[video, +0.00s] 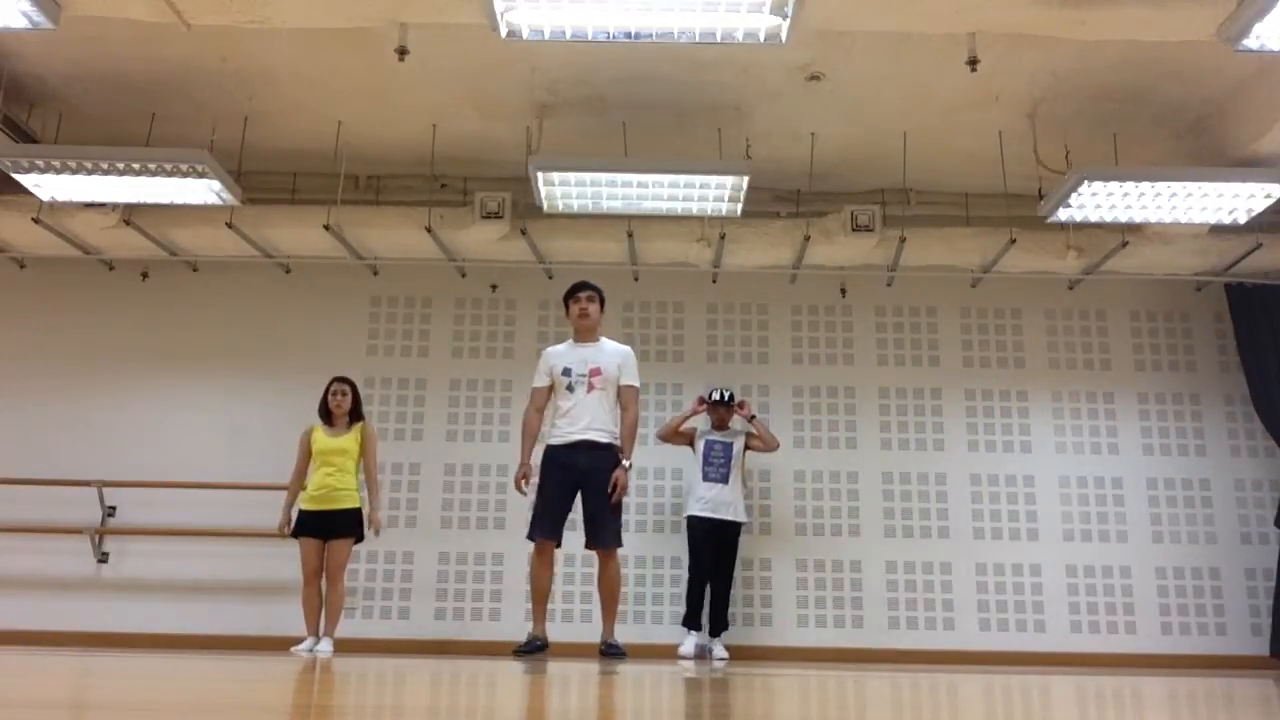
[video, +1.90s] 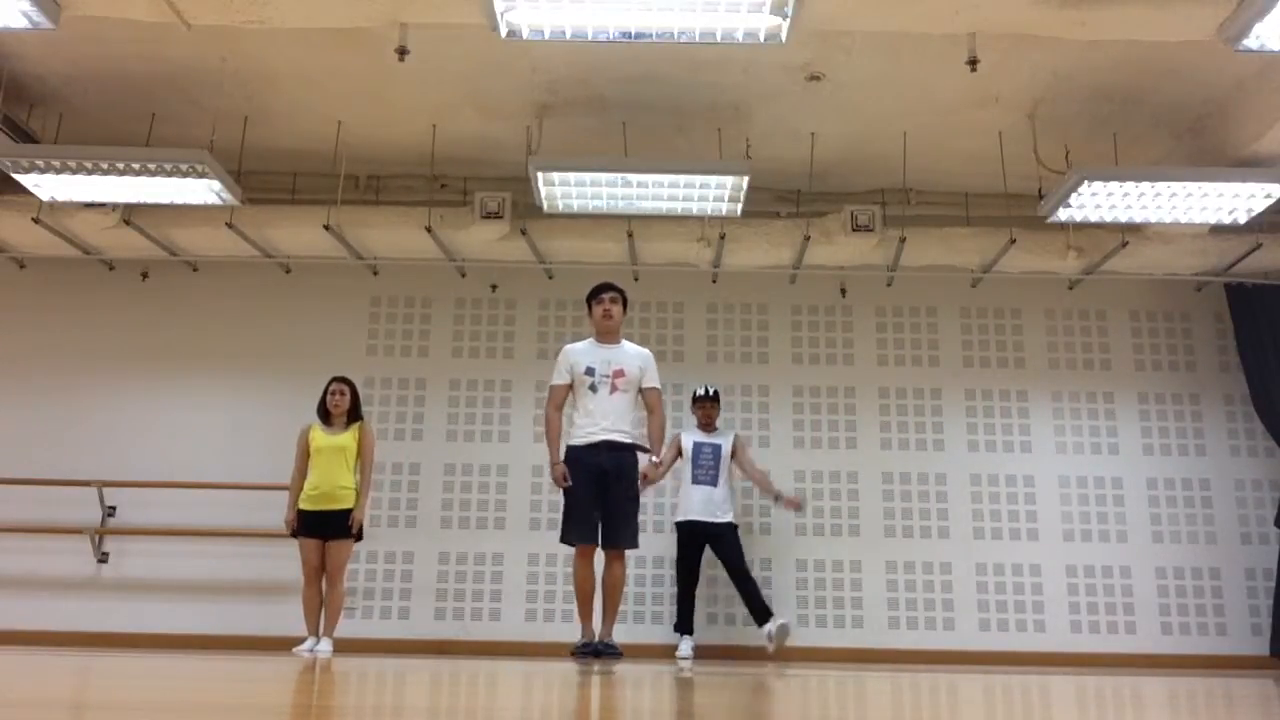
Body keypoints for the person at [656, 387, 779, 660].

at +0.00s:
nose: (721, 414)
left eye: (725, 409)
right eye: (716, 408)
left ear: (732, 411)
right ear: (708, 411)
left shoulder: (741, 438)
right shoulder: (697, 436)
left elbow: (772, 445)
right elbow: (664, 435)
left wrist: (751, 418)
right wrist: (690, 412)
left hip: (729, 516)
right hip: (700, 514)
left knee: (722, 580)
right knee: (697, 576)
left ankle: (716, 638)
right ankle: (693, 634)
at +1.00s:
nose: (695, 407)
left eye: (700, 404)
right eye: (691, 404)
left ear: (708, 409)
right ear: (683, 410)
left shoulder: (718, 437)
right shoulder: (672, 436)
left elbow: (756, 438)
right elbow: (636, 443)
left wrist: (736, 410)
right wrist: (643, 410)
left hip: (710, 516)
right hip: (680, 516)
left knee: (713, 578)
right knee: (683, 580)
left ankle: (714, 638)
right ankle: (685, 639)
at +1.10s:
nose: (694, 408)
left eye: (699, 404)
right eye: (689, 404)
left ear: (706, 409)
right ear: (682, 410)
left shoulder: (717, 438)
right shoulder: (671, 436)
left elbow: (754, 450)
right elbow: (642, 453)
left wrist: (745, 420)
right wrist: (631, 430)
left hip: (709, 518)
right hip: (679, 517)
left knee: (712, 579)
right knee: (683, 581)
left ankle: (714, 638)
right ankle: (685, 639)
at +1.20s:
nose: (693, 409)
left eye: (698, 405)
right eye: (688, 405)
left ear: (706, 410)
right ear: (681, 411)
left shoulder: (717, 442)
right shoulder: (669, 441)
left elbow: (741, 467)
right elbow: (650, 466)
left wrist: (753, 448)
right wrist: (639, 471)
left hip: (708, 520)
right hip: (678, 518)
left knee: (710, 579)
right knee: (682, 581)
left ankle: (713, 637)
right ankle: (685, 639)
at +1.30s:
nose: (693, 410)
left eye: (698, 406)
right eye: (688, 406)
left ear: (705, 411)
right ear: (681, 411)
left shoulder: (717, 443)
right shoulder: (669, 441)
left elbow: (727, 478)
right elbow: (654, 476)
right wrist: (639, 491)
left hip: (707, 520)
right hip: (677, 518)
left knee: (709, 579)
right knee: (681, 581)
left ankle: (712, 636)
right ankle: (685, 638)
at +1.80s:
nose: (701, 414)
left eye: (706, 409)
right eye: (696, 409)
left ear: (713, 411)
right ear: (687, 411)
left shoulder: (725, 442)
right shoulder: (676, 442)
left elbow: (739, 480)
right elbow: (659, 476)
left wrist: (754, 511)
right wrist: (643, 504)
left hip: (715, 520)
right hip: (683, 520)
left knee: (730, 573)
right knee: (684, 582)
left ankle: (753, 629)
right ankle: (685, 638)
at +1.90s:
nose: (707, 414)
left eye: (712, 409)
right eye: (702, 409)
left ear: (719, 410)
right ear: (693, 411)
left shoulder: (732, 441)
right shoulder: (682, 439)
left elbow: (753, 472)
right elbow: (660, 468)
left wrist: (780, 497)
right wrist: (643, 480)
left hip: (721, 521)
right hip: (689, 520)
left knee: (739, 572)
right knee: (687, 582)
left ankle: (768, 627)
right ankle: (685, 638)